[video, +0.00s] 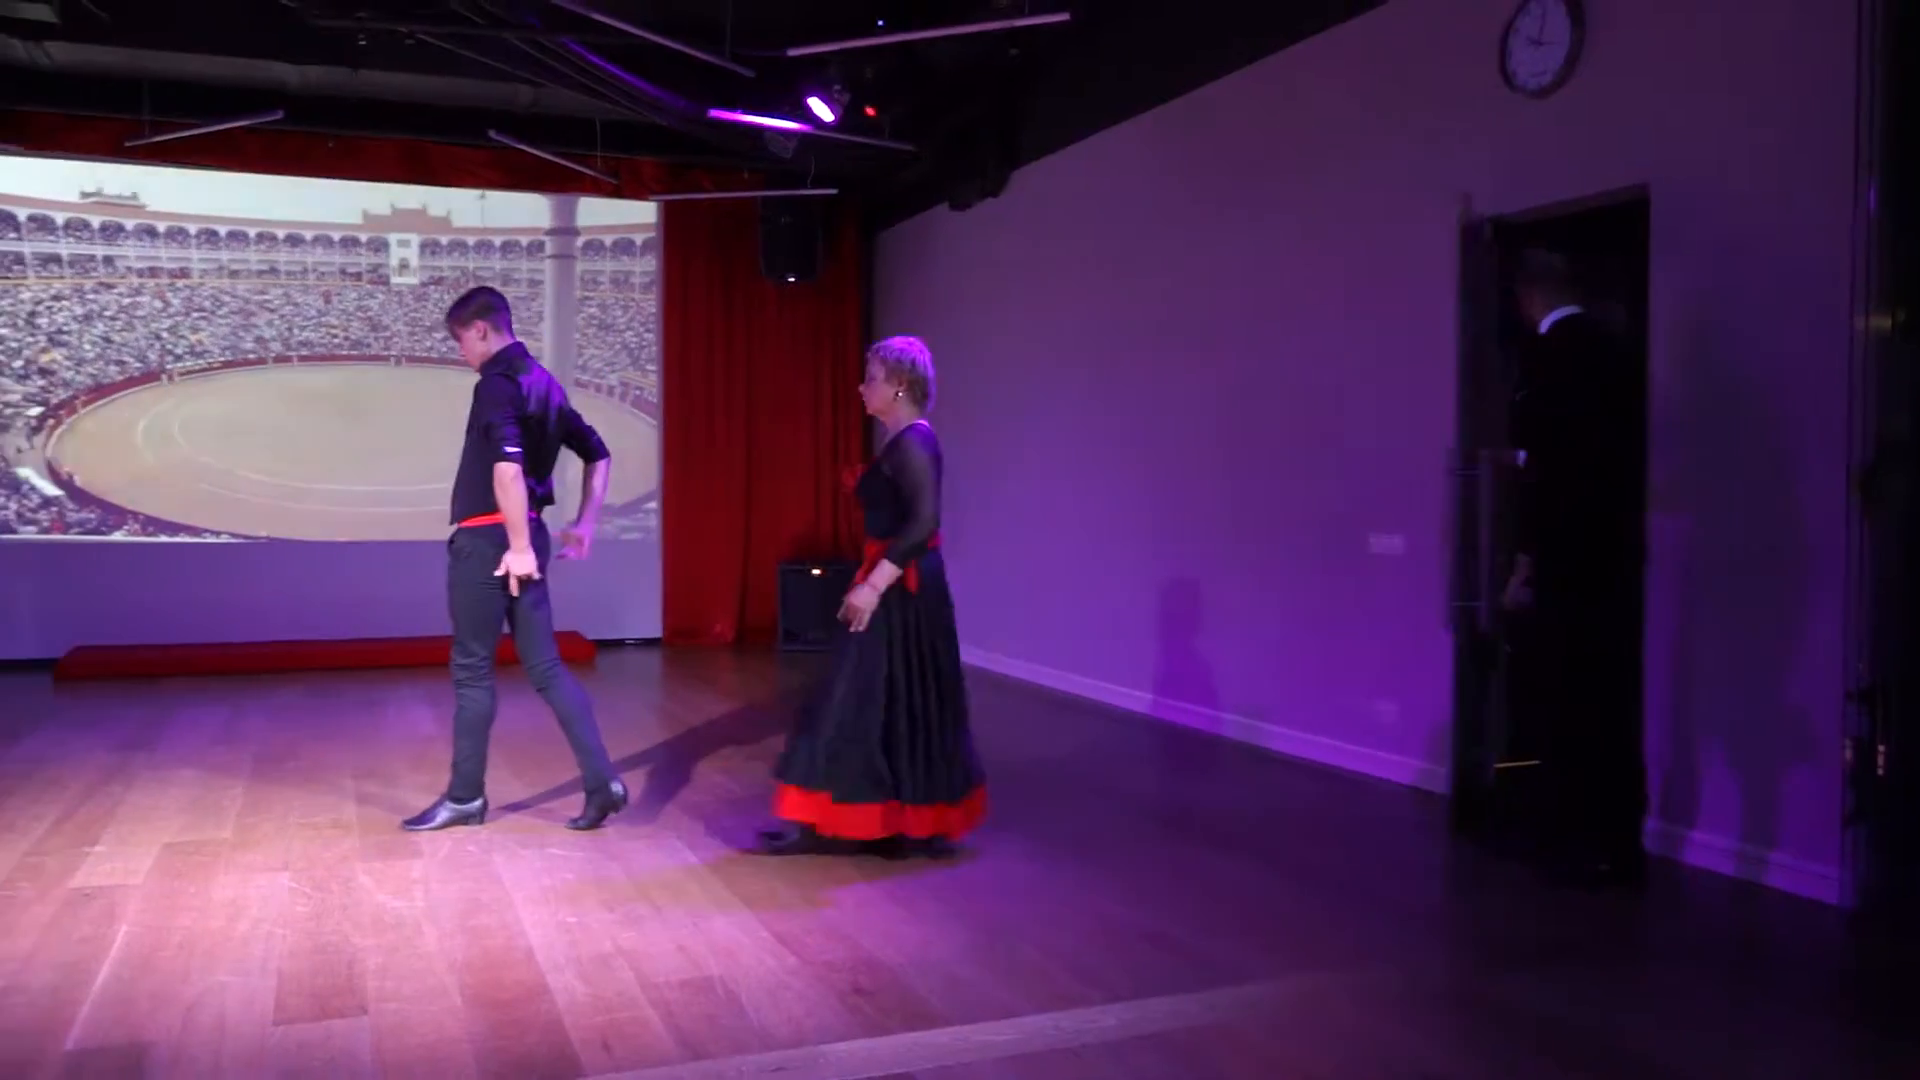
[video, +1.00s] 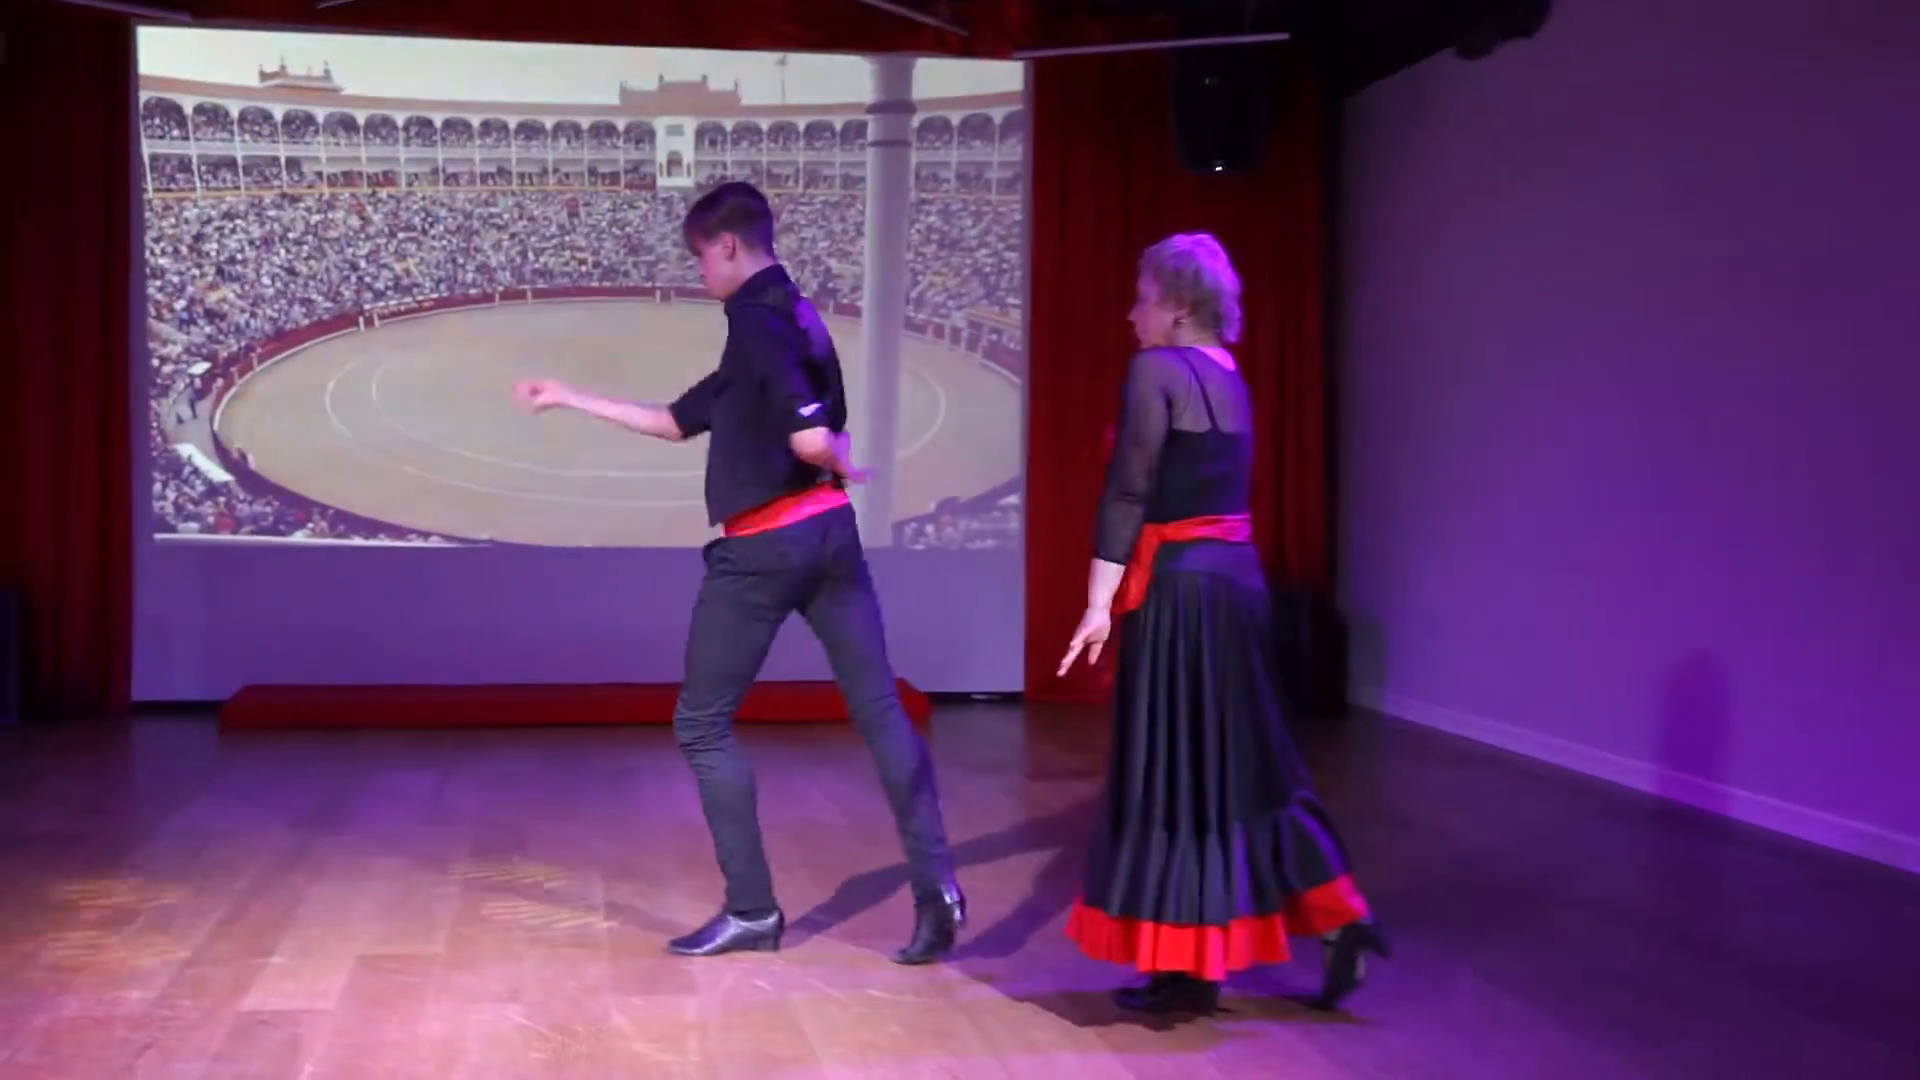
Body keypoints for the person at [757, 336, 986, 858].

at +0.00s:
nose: (863, 389)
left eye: (871, 379)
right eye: (865, 378)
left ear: (899, 387)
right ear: (897, 386)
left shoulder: (913, 444)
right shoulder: (901, 440)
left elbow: (923, 522)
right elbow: (899, 510)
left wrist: (873, 583)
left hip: (902, 587)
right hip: (902, 582)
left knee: (851, 692)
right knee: (908, 696)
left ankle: (811, 815)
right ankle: (913, 818)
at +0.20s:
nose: (884, 377)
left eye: (894, 368)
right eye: (887, 367)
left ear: (921, 375)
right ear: (928, 376)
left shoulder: (926, 435)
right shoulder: (936, 429)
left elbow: (936, 512)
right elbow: (928, 511)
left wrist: (899, 585)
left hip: (918, 580)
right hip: (936, 576)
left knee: (880, 701)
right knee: (947, 700)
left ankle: (862, 830)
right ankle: (983, 820)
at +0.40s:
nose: (922, 357)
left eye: (930, 346)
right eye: (925, 345)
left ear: (955, 354)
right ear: (974, 356)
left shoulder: (960, 417)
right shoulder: (990, 415)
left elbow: (966, 495)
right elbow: (976, 499)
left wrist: (924, 577)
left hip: (956, 570)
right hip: (988, 567)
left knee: (919, 707)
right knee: (999, 706)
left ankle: (915, 856)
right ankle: (1054, 832)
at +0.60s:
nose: (983, 337)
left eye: (991, 325)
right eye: (987, 323)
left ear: (1016, 333)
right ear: (1047, 335)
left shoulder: (1022, 403)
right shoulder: (1062, 401)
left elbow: (1026, 490)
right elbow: (1050, 494)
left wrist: (989, 587)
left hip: (1023, 574)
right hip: (1062, 571)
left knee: (1000, 730)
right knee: (1074, 725)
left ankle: (1006, 896)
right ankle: (1144, 859)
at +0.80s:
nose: (1064, 322)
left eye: (1074, 309)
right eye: (1068, 308)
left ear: (1104, 318)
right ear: (1131, 318)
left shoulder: (1096, 390)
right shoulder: (1151, 387)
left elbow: (1085, 495)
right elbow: (1126, 483)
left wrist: (1068, 598)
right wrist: (1061, 456)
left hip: (1112, 581)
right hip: (1157, 577)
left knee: (1093, 752)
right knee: (1172, 744)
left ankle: (1104, 934)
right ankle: (1252, 888)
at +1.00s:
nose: (1134, 311)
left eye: (1143, 298)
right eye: (1137, 296)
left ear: (1175, 304)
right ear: (1205, 305)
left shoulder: (1155, 372)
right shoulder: (1226, 375)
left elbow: (1130, 489)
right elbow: (1212, 492)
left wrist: (1100, 595)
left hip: (1180, 587)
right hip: (1237, 583)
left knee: (1171, 765)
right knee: (1256, 758)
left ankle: (1179, 961)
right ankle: (1341, 913)